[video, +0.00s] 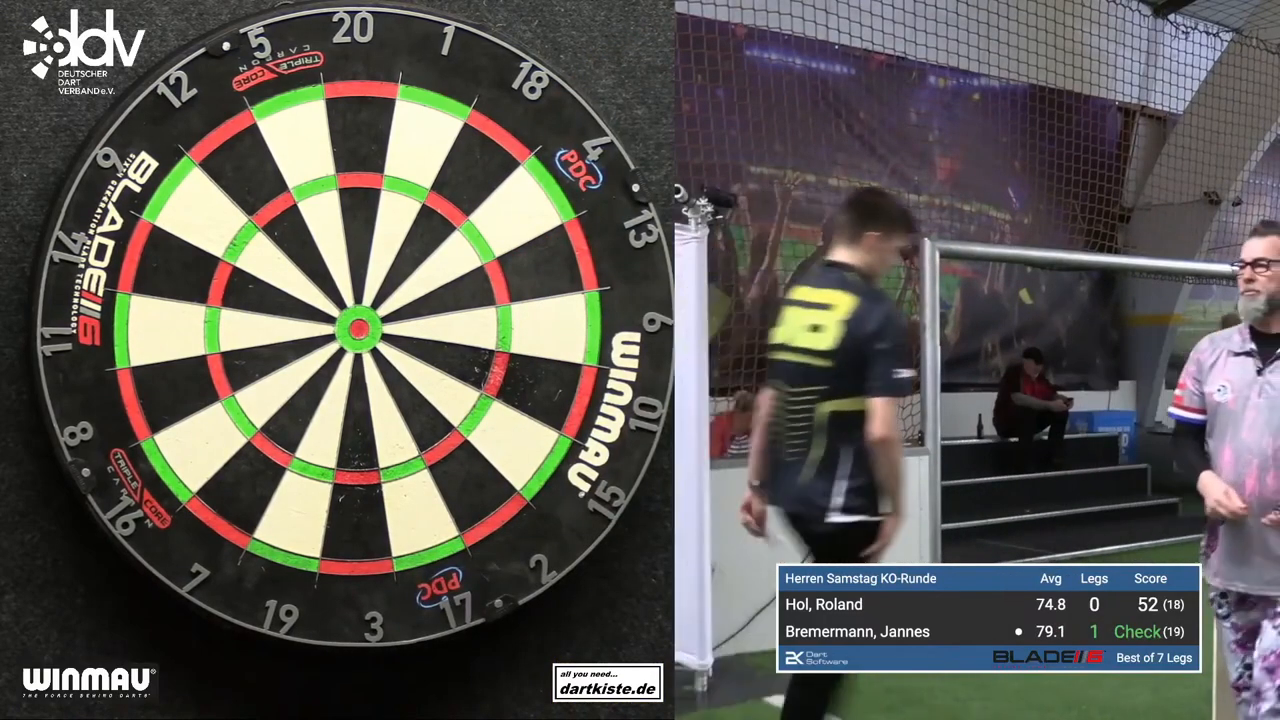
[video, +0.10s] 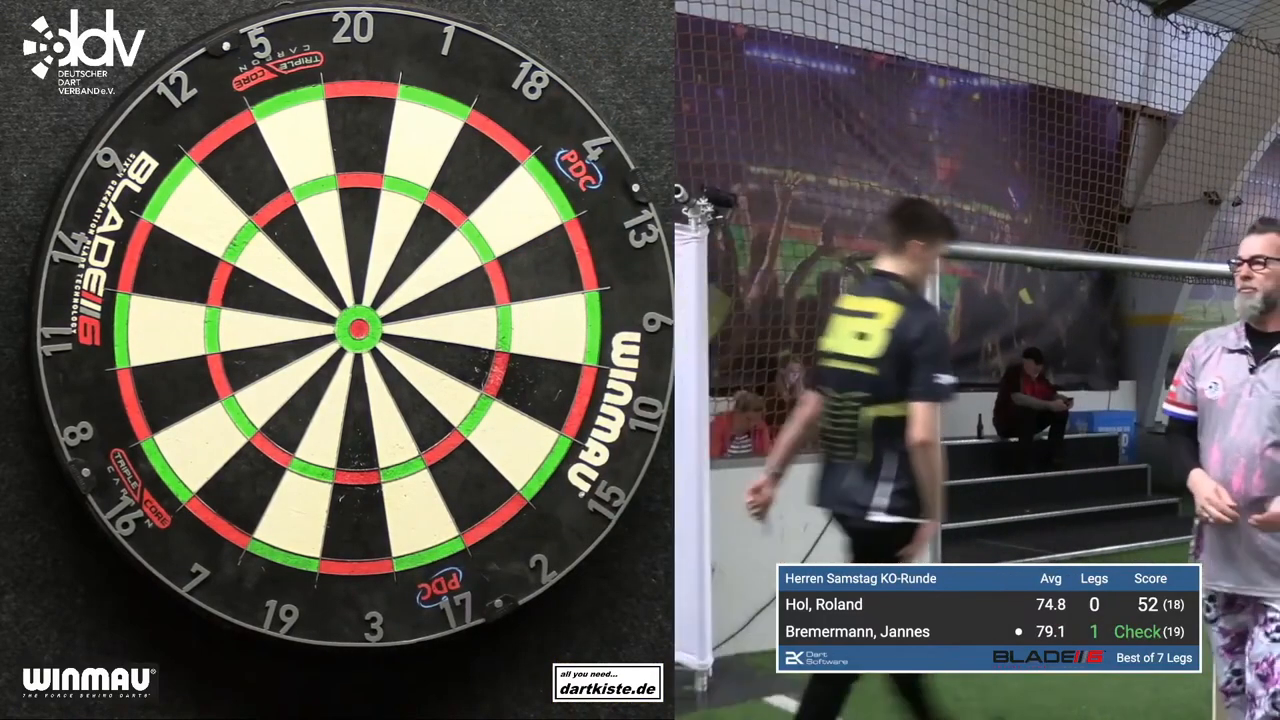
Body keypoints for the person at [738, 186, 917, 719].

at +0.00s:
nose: (898, 263)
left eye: (901, 252)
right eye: (897, 250)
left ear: (847, 236)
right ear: (870, 238)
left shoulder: (799, 292)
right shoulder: (875, 310)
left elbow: (770, 395)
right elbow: (879, 432)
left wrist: (756, 483)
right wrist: (894, 507)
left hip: (792, 489)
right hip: (845, 499)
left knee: (847, 613)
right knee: (839, 626)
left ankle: (819, 705)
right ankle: (800, 711)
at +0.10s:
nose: (939, 267)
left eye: (942, 256)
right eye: (938, 255)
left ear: (895, 247)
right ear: (917, 249)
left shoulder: (849, 302)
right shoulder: (921, 319)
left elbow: (816, 398)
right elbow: (922, 438)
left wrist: (772, 473)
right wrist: (934, 515)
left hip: (840, 488)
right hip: (888, 500)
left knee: (894, 621)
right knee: (859, 627)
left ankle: (929, 711)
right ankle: (814, 713)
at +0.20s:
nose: (973, 274)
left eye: (975, 262)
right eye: (970, 261)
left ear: (924, 254)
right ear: (946, 256)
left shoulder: (881, 309)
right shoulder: (950, 326)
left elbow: (851, 404)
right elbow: (948, 440)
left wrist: (805, 471)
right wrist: (966, 516)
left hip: (877, 496)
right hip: (920, 506)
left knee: (934, 630)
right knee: (899, 629)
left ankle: (961, 714)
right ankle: (828, 713)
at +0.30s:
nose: (1019, 280)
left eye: (1022, 270)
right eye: (1018, 267)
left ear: (972, 255)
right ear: (992, 257)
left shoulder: (924, 309)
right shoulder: (990, 319)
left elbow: (906, 401)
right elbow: (984, 429)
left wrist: (893, 481)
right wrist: (1005, 511)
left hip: (926, 489)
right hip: (965, 498)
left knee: (977, 625)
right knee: (963, 633)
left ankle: (976, 714)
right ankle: (878, 714)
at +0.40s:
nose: (1044, 282)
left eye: (1049, 270)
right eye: (1045, 268)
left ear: (1006, 254)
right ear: (1022, 254)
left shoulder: (955, 306)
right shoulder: (1009, 314)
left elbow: (951, 401)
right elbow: (1001, 420)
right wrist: (1035, 504)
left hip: (952, 489)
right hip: (989, 495)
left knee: (984, 620)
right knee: (996, 624)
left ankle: (980, 712)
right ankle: (927, 711)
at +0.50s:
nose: (1087, 279)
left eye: (1090, 269)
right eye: (1085, 267)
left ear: (1052, 253)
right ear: (1061, 253)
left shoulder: (997, 301)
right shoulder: (1045, 313)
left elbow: (981, 387)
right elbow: (1029, 413)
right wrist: (1080, 491)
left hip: (991, 486)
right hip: (1033, 492)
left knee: (999, 606)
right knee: (1088, 600)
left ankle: (984, 711)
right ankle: (1059, 706)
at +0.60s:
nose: (1117, 280)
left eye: (1120, 269)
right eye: (1114, 268)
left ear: (1080, 257)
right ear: (1087, 256)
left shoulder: (1030, 298)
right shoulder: (1067, 314)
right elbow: (1048, 415)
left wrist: (1104, 465)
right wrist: (1107, 480)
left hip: (1020, 483)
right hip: (1053, 491)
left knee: (1010, 607)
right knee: (1102, 605)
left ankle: (988, 712)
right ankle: (1130, 709)